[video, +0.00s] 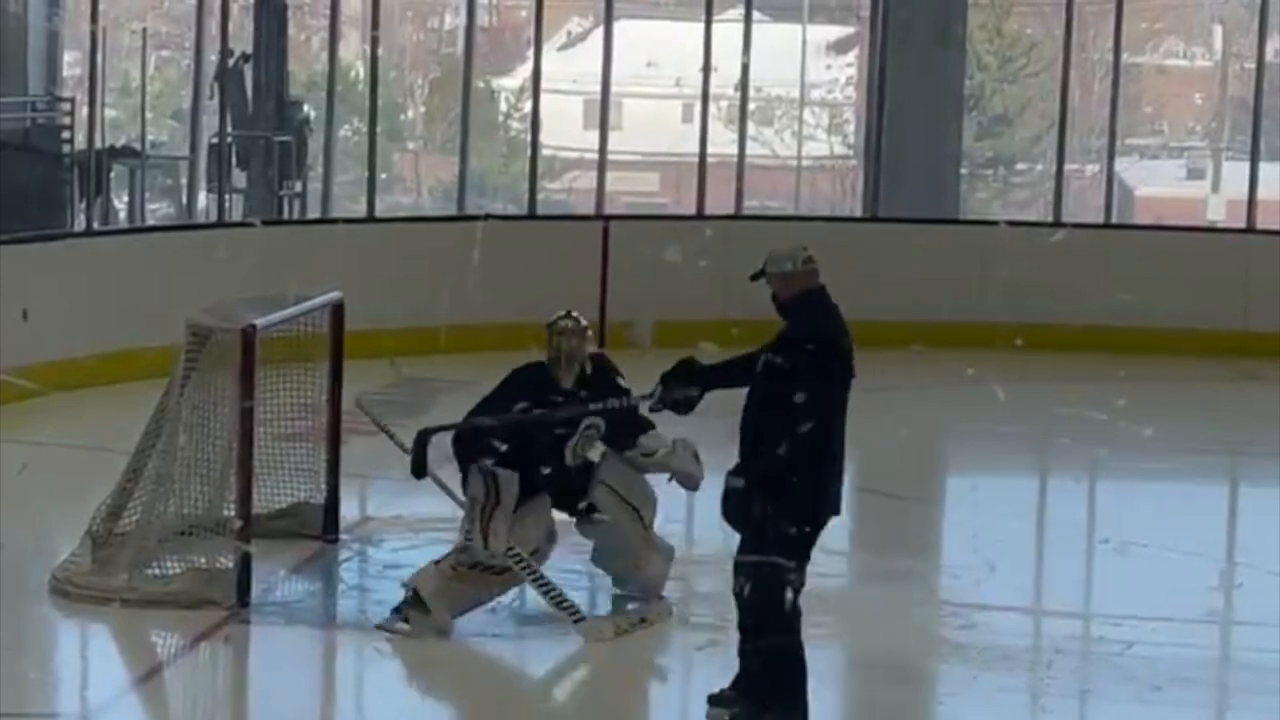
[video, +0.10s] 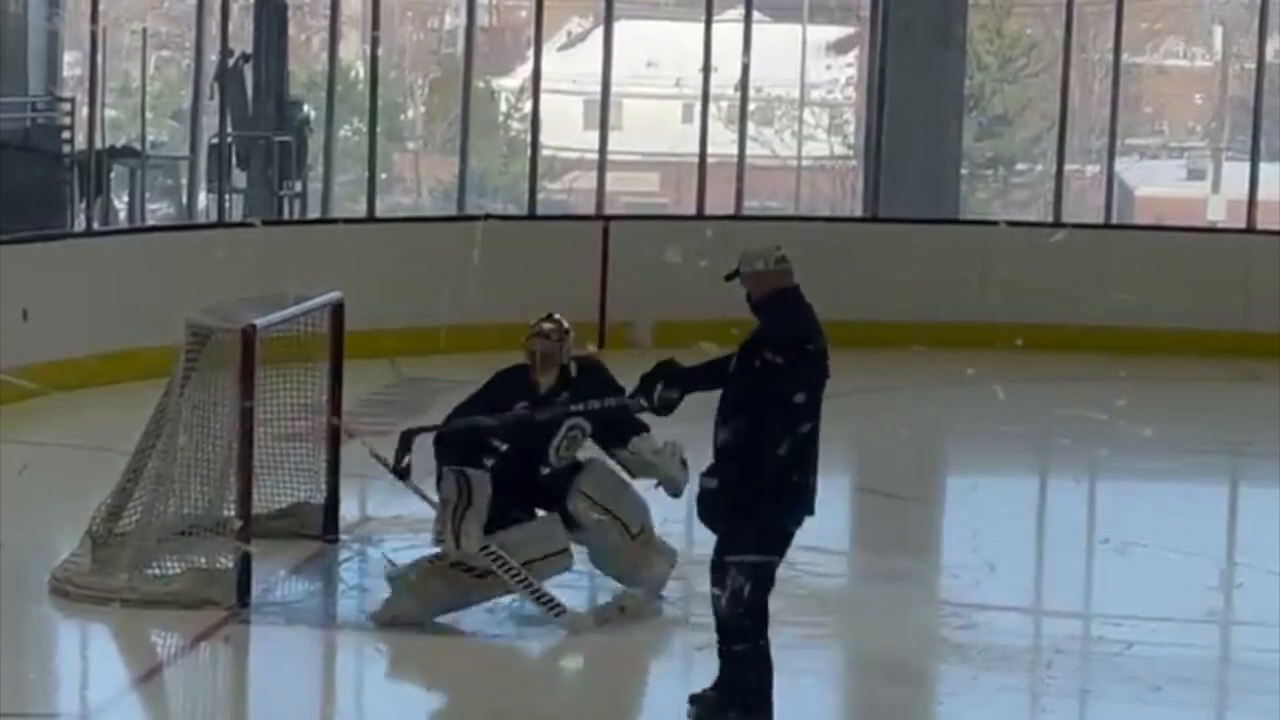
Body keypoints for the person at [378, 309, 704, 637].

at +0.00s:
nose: (568, 347)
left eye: (577, 339)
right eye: (561, 339)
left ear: (589, 344)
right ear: (549, 343)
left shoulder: (604, 381)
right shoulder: (527, 380)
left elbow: (631, 433)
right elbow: (473, 427)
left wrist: (669, 455)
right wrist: (481, 468)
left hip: (581, 475)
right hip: (525, 476)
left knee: (627, 517)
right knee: (520, 548)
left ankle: (639, 594)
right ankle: (428, 602)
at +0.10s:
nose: (542, 347)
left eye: (551, 340)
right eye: (536, 339)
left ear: (567, 346)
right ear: (526, 344)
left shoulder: (589, 375)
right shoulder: (508, 383)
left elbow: (624, 427)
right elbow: (454, 430)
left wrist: (656, 460)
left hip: (568, 479)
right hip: (514, 481)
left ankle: (647, 570)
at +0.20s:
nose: (518, 351)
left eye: (527, 344)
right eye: (512, 344)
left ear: (540, 351)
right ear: (501, 350)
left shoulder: (563, 384)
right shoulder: (481, 395)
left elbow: (596, 438)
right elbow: (435, 433)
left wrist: (634, 473)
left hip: (541, 482)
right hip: (485, 492)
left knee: (599, 516)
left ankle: (639, 570)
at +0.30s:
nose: (481, 358)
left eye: (487, 351)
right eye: (472, 351)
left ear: (499, 357)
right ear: (457, 359)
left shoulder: (526, 386)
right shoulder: (440, 409)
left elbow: (563, 438)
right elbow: (387, 455)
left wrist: (592, 480)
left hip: (516, 493)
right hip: (454, 504)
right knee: (489, 577)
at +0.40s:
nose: (418, 381)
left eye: (427, 373)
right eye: (412, 373)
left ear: (446, 372)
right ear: (405, 374)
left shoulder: (483, 391)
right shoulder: (394, 414)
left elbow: (518, 437)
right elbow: (347, 452)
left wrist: (539, 484)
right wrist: (320, 507)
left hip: (481, 491)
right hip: (418, 504)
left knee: (520, 541)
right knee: (444, 579)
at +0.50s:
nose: (374, 381)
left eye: (383, 374)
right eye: (368, 373)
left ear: (401, 373)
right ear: (359, 374)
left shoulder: (441, 392)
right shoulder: (349, 414)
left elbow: (478, 445)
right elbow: (307, 466)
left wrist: (491, 487)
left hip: (439, 495)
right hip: (380, 508)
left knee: (484, 551)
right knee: (410, 580)